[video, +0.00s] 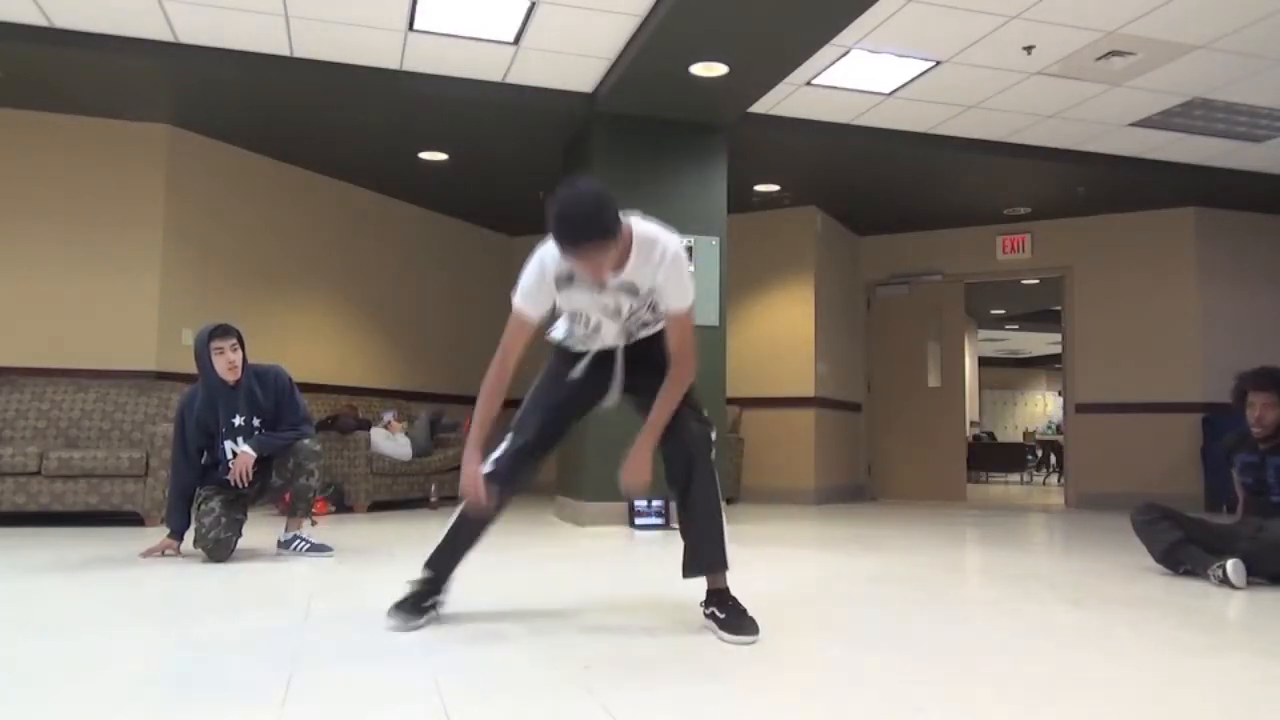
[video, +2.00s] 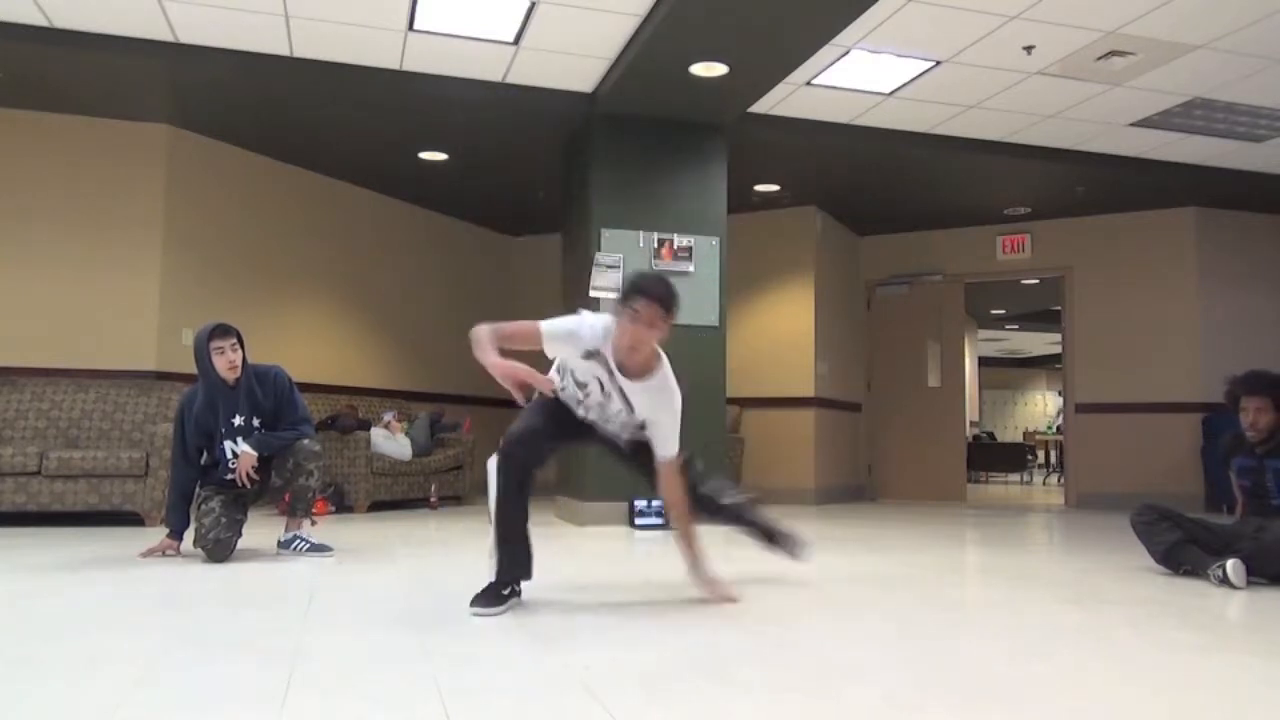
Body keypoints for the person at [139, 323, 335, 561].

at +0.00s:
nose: (230, 358)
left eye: (234, 349)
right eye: (219, 353)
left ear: (243, 352)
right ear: (205, 360)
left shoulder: (273, 380)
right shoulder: (194, 404)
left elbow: (304, 429)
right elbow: (184, 471)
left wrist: (254, 447)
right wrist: (175, 535)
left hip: (265, 476)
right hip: (219, 488)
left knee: (308, 449)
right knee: (215, 549)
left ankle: (292, 534)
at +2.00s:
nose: (231, 358)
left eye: (234, 349)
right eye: (220, 352)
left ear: (243, 351)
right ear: (205, 360)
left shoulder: (272, 380)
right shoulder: (194, 403)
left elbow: (304, 430)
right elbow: (184, 470)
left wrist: (256, 445)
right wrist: (174, 535)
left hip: (267, 476)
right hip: (221, 488)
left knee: (308, 450)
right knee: (215, 549)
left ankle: (292, 534)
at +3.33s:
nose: (230, 358)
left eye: (233, 349)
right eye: (218, 352)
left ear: (241, 350)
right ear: (204, 361)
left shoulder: (271, 380)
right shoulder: (193, 404)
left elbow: (304, 429)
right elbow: (184, 471)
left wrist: (255, 446)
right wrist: (174, 534)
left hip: (267, 476)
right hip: (220, 487)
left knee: (307, 450)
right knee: (215, 549)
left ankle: (292, 534)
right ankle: (229, 519)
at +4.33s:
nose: (230, 357)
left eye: (234, 348)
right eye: (219, 352)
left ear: (242, 350)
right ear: (204, 359)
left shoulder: (272, 381)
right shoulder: (193, 403)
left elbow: (304, 430)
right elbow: (184, 470)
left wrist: (255, 446)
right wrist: (174, 535)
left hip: (267, 475)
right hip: (221, 487)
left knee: (307, 450)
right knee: (215, 549)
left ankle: (292, 534)